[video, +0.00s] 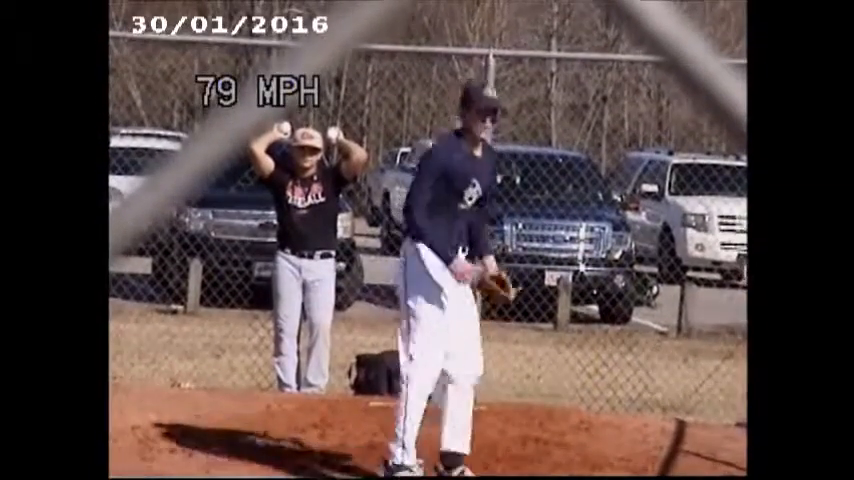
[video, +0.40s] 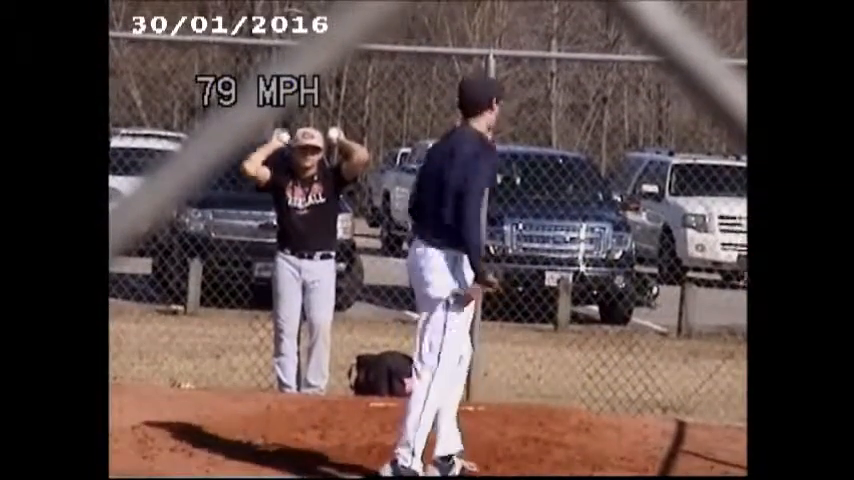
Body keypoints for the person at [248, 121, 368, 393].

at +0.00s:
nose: (307, 158)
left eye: (313, 153)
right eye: (302, 152)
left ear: (321, 153)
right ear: (292, 153)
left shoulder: (333, 177)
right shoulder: (281, 178)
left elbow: (361, 158)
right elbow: (256, 149)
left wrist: (341, 141)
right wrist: (275, 133)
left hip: (322, 261)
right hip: (288, 259)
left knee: (321, 324)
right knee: (285, 325)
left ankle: (315, 385)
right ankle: (286, 385)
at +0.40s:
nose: (307, 158)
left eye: (313, 152)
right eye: (301, 152)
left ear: (322, 154)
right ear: (292, 153)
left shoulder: (333, 177)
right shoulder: (281, 178)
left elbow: (362, 158)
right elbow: (250, 167)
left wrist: (341, 141)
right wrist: (275, 144)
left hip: (322, 261)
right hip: (288, 259)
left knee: (320, 324)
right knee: (285, 326)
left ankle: (315, 387)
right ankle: (286, 387)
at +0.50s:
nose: (309, 157)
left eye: (315, 151)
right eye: (303, 151)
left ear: (323, 153)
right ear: (293, 151)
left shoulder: (333, 176)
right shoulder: (281, 176)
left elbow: (364, 157)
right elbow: (254, 201)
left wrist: (341, 140)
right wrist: (269, 167)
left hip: (322, 260)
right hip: (287, 258)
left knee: (320, 322)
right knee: (285, 325)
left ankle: (315, 384)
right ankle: (286, 385)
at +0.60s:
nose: (310, 157)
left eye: (316, 152)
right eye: (305, 152)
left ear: (324, 155)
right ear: (295, 153)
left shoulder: (333, 178)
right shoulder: (280, 180)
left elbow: (365, 159)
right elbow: (261, 228)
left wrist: (341, 142)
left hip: (322, 262)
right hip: (287, 261)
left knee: (320, 324)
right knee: (285, 326)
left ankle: (315, 386)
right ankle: (287, 386)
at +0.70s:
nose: (309, 154)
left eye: (315, 150)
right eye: (304, 149)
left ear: (324, 153)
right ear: (295, 152)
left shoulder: (334, 176)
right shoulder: (282, 183)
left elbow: (367, 157)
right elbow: (272, 225)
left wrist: (342, 140)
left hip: (322, 261)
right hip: (288, 259)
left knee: (321, 324)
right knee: (286, 325)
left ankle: (316, 385)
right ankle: (287, 385)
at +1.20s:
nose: (310, 156)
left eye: (315, 152)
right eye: (305, 152)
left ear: (323, 156)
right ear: (295, 156)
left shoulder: (333, 179)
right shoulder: (286, 190)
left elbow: (373, 161)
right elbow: (287, 230)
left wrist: (343, 142)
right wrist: (293, 262)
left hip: (324, 263)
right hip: (291, 261)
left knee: (321, 327)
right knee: (287, 328)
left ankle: (316, 389)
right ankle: (287, 388)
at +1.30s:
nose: (310, 153)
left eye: (316, 148)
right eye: (305, 148)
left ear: (323, 153)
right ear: (295, 153)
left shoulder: (333, 177)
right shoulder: (285, 183)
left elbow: (373, 158)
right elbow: (293, 227)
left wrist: (343, 139)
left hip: (322, 259)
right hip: (288, 259)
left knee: (321, 324)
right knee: (286, 324)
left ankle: (316, 386)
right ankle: (287, 385)